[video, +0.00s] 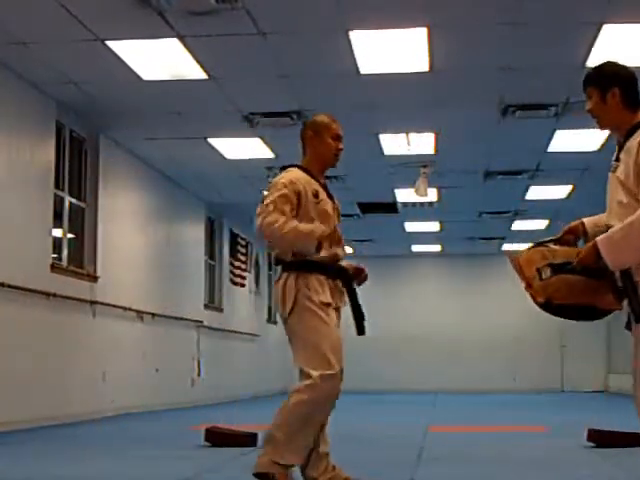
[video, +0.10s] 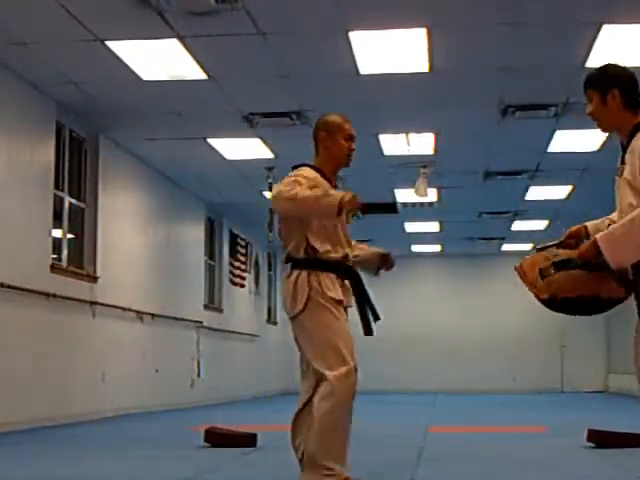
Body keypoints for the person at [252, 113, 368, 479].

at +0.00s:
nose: (340, 147)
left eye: (341, 141)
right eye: (334, 139)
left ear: (325, 145)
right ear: (310, 140)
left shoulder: (322, 192)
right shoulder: (291, 179)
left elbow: (320, 251)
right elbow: (270, 224)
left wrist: (346, 270)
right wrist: (319, 236)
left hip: (327, 289)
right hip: (305, 286)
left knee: (319, 379)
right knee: (325, 376)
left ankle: (317, 467)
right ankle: (272, 463)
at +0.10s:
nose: (353, 148)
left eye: (353, 141)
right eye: (347, 139)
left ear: (335, 143)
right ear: (323, 140)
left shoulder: (331, 192)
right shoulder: (305, 177)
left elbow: (337, 248)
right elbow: (281, 199)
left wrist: (372, 257)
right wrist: (337, 200)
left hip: (329, 287)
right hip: (312, 285)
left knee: (319, 379)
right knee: (340, 371)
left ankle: (310, 460)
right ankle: (323, 468)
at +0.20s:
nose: (362, 148)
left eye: (363, 142)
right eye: (356, 140)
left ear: (349, 145)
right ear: (331, 141)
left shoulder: (345, 196)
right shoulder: (311, 177)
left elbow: (367, 238)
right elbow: (311, 189)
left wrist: (409, 246)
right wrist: (365, 185)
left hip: (339, 290)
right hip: (320, 288)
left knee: (322, 385)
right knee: (345, 383)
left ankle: (316, 469)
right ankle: (374, 470)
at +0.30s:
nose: (370, 149)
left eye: (371, 142)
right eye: (364, 141)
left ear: (352, 145)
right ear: (341, 141)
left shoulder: (356, 196)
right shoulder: (322, 182)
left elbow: (389, 231)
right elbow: (337, 201)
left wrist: (432, 237)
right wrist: (391, 192)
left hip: (347, 291)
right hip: (327, 289)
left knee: (329, 387)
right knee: (355, 386)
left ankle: (317, 468)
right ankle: (396, 470)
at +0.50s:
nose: (399, 161)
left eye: (401, 154)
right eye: (396, 153)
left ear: (382, 149)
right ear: (373, 146)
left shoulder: (380, 190)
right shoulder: (345, 184)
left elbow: (420, 211)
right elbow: (390, 218)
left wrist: (476, 224)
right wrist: (453, 230)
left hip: (370, 291)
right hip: (350, 291)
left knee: (357, 382)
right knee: (369, 384)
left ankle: (323, 466)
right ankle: (390, 471)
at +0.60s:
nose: (412, 178)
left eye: (417, 172)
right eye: (413, 169)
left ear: (410, 165)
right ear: (397, 155)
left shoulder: (390, 188)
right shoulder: (357, 184)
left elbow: (435, 210)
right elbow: (402, 218)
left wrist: (486, 225)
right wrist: (464, 232)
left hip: (378, 289)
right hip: (354, 288)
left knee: (379, 384)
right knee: (369, 386)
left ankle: (332, 464)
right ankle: (390, 472)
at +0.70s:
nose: (423, 184)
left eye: (428, 180)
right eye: (425, 176)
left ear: (426, 172)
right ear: (412, 158)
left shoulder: (405, 192)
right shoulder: (369, 182)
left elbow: (444, 214)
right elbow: (412, 219)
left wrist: (496, 230)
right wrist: (477, 240)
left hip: (387, 288)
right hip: (359, 286)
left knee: (396, 375)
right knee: (369, 378)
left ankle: (354, 453)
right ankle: (389, 470)